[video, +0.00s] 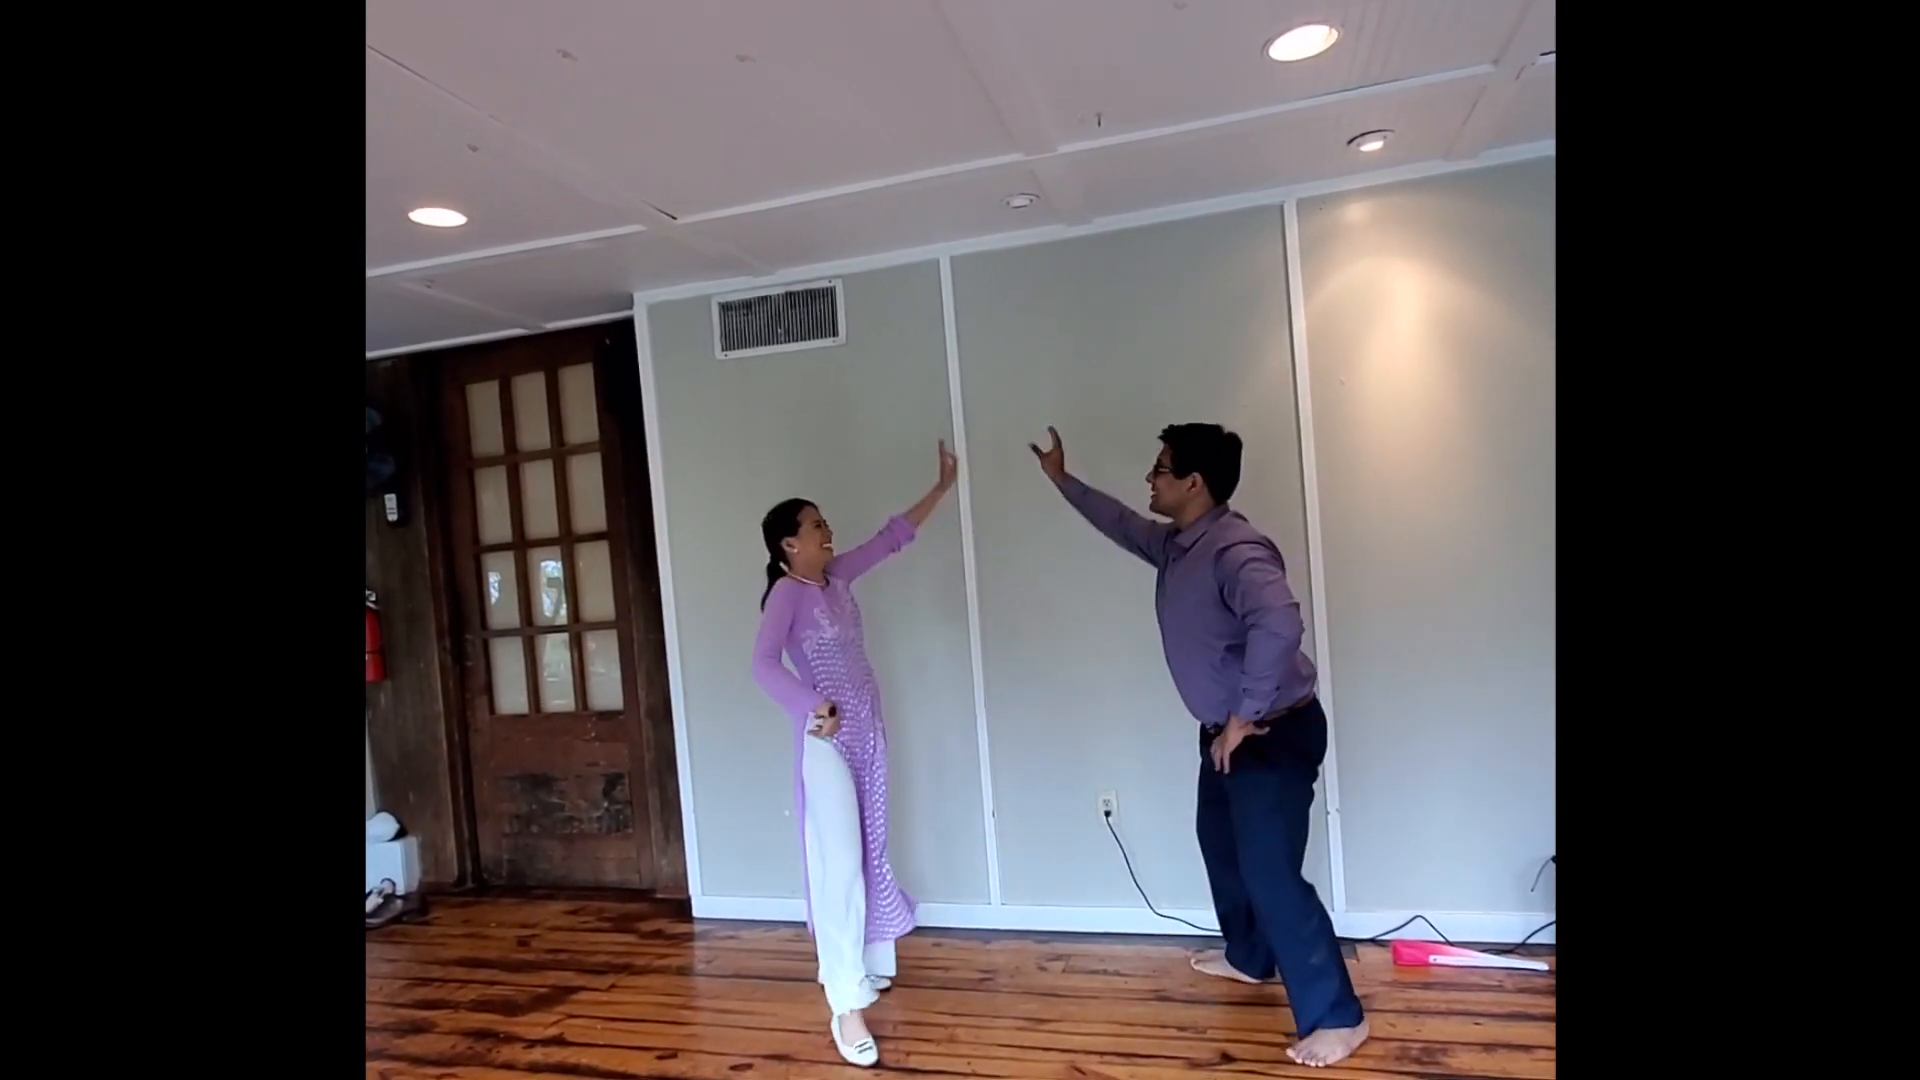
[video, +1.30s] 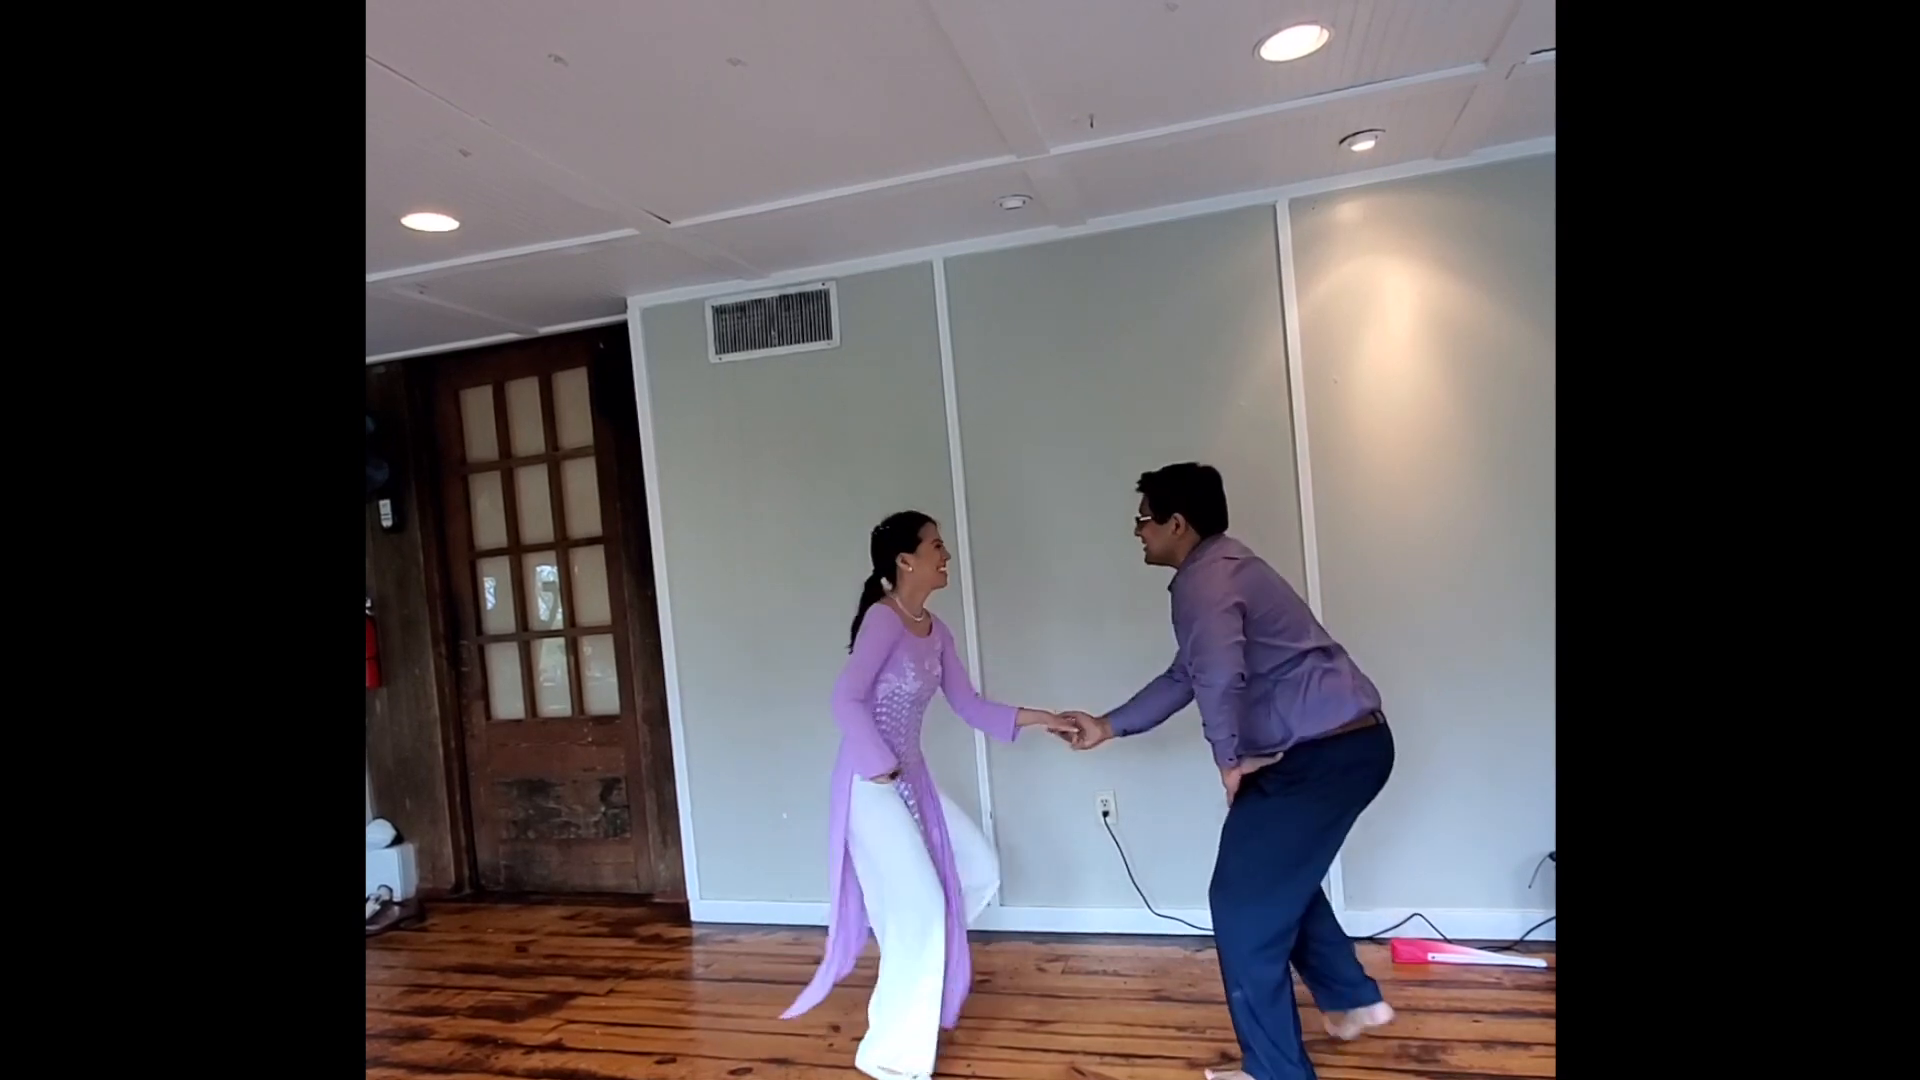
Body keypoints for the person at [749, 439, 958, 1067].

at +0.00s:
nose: (828, 532)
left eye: (825, 525)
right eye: (817, 527)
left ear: (815, 541)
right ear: (789, 544)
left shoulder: (838, 578)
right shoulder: (787, 594)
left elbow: (892, 536)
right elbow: (765, 665)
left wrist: (942, 485)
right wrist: (810, 707)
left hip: (865, 733)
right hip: (827, 740)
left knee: (867, 851)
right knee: (840, 861)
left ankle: (864, 962)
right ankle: (845, 1002)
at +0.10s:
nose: (839, 542)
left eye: (836, 534)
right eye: (827, 535)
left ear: (820, 547)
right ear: (795, 549)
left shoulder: (846, 599)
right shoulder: (788, 610)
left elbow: (908, 583)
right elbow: (765, 687)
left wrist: (959, 531)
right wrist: (816, 723)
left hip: (869, 744)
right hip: (830, 749)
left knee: (872, 854)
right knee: (858, 860)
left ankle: (846, 959)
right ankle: (849, 1005)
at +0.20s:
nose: (850, 559)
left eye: (850, 550)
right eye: (842, 550)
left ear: (828, 559)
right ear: (809, 557)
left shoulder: (849, 610)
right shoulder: (791, 618)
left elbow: (918, 622)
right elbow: (765, 693)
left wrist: (978, 596)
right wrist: (814, 733)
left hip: (867, 750)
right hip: (826, 757)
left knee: (876, 854)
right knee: (880, 852)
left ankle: (850, 962)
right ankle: (854, 996)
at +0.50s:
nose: (887, 562)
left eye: (890, 552)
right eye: (881, 551)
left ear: (863, 551)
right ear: (845, 546)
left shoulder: (880, 608)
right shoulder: (810, 602)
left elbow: (931, 664)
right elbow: (753, 668)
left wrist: (996, 689)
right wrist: (789, 735)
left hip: (870, 757)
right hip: (824, 758)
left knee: (871, 862)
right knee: (877, 877)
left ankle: (842, 951)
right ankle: (879, 1038)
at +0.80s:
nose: (913, 541)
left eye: (907, 534)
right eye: (900, 536)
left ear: (886, 559)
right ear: (871, 559)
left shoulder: (915, 628)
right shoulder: (842, 612)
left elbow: (953, 714)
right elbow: (765, 673)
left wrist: (996, 706)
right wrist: (796, 740)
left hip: (879, 777)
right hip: (827, 776)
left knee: (876, 898)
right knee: (879, 900)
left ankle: (779, 955)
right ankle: (884, 1053)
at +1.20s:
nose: (940, 552)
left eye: (935, 543)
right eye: (928, 545)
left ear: (904, 561)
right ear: (896, 560)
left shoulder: (929, 633)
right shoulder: (871, 623)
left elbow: (961, 712)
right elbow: (815, 700)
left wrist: (1024, 709)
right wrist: (857, 762)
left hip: (902, 783)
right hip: (862, 783)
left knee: (933, 891)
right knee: (916, 903)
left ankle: (841, 954)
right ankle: (881, 1050)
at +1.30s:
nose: (947, 554)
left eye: (944, 545)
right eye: (937, 547)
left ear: (915, 561)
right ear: (905, 561)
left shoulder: (936, 630)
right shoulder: (883, 620)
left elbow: (969, 704)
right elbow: (847, 696)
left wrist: (1044, 718)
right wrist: (881, 767)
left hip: (912, 780)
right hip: (872, 784)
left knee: (980, 871)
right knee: (918, 905)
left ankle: (913, 975)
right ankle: (890, 1052)